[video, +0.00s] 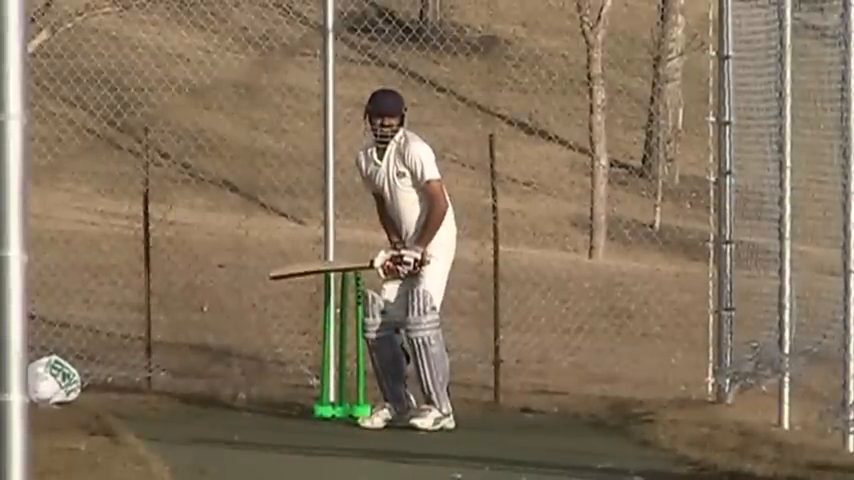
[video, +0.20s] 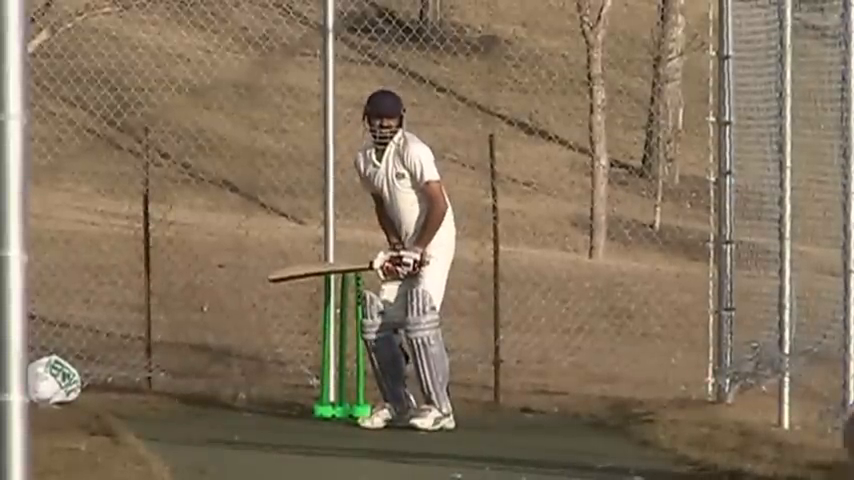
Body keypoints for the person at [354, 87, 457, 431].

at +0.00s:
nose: (385, 126)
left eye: (392, 120)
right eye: (379, 119)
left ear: (402, 121)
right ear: (368, 120)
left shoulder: (414, 150)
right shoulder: (365, 157)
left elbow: (439, 202)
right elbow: (382, 203)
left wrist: (419, 247)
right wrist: (396, 246)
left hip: (434, 241)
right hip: (403, 244)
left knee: (420, 318)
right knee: (377, 319)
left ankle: (438, 407)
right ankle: (398, 403)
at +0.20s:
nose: (384, 127)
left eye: (391, 121)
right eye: (377, 120)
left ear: (401, 121)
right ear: (366, 121)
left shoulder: (413, 151)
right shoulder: (364, 159)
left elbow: (439, 203)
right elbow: (381, 205)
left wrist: (418, 248)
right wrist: (395, 247)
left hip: (433, 242)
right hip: (402, 245)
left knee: (419, 319)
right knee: (376, 320)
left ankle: (438, 407)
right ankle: (397, 403)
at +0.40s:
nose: (381, 129)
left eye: (388, 123)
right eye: (374, 122)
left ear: (399, 123)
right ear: (365, 123)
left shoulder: (411, 152)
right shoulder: (363, 160)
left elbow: (437, 204)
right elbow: (379, 205)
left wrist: (416, 249)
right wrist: (394, 247)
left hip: (432, 241)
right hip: (400, 244)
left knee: (418, 318)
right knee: (376, 320)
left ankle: (438, 407)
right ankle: (397, 403)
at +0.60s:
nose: (379, 132)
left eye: (386, 125)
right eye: (372, 125)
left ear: (397, 126)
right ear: (362, 127)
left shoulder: (409, 156)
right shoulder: (361, 163)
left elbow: (435, 208)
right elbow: (378, 206)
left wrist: (413, 252)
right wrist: (391, 248)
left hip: (430, 241)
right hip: (399, 244)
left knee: (414, 317)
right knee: (374, 320)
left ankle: (438, 406)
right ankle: (397, 403)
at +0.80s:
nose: (375, 142)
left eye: (382, 136)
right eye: (368, 136)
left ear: (394, 136)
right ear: (360, 138)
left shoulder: (406, 168)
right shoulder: (364, 172)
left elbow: (417, 228)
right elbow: (387, 215)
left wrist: (394, 260)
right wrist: (379, 251)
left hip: (430, 254)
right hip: (399, 255)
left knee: (406, 322)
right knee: (366, 328)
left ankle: (437, 406)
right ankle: (398, 405)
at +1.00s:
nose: (383, 148)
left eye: (390, 141)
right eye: (375, 142)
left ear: (401, 142)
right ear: (367, 144)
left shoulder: (411, 177)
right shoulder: (371, 169)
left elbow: (398, 241)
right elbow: (376, 202)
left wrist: (360, 249)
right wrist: (358, 228)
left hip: (431, 259)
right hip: (397, 261)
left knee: (418, 325)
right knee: (361, 330)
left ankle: (442, 406)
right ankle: (395, 404)